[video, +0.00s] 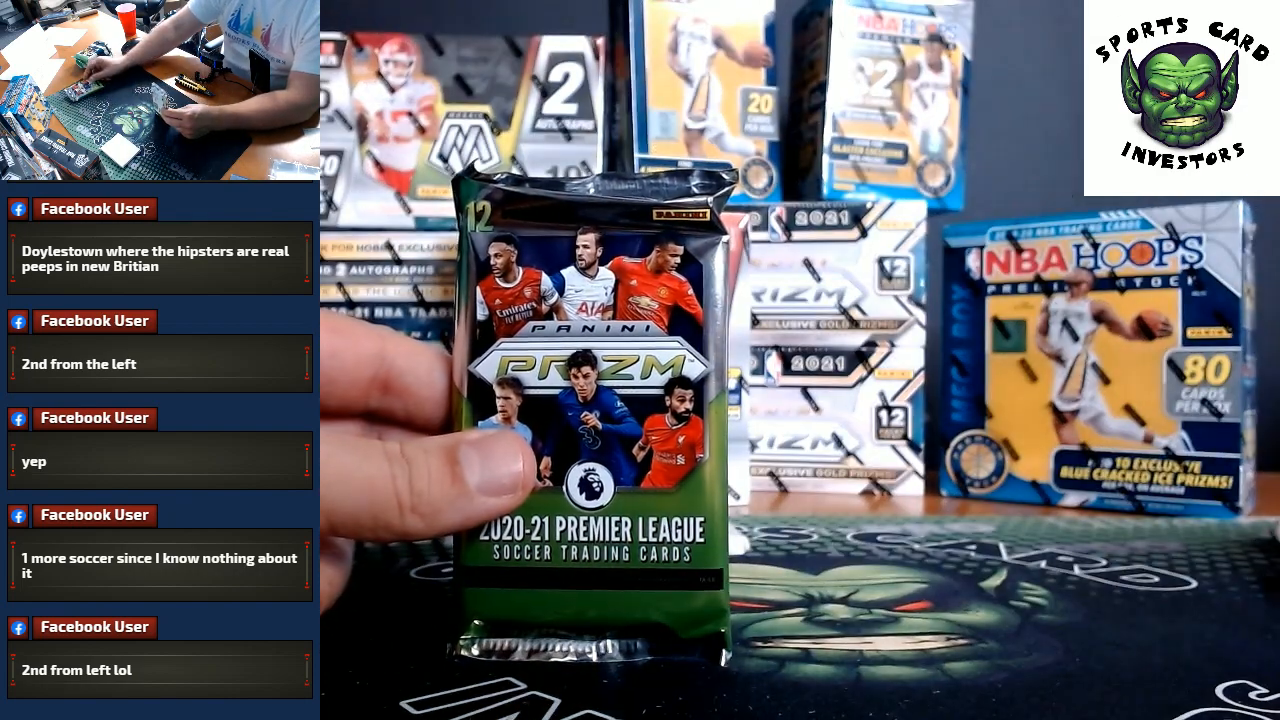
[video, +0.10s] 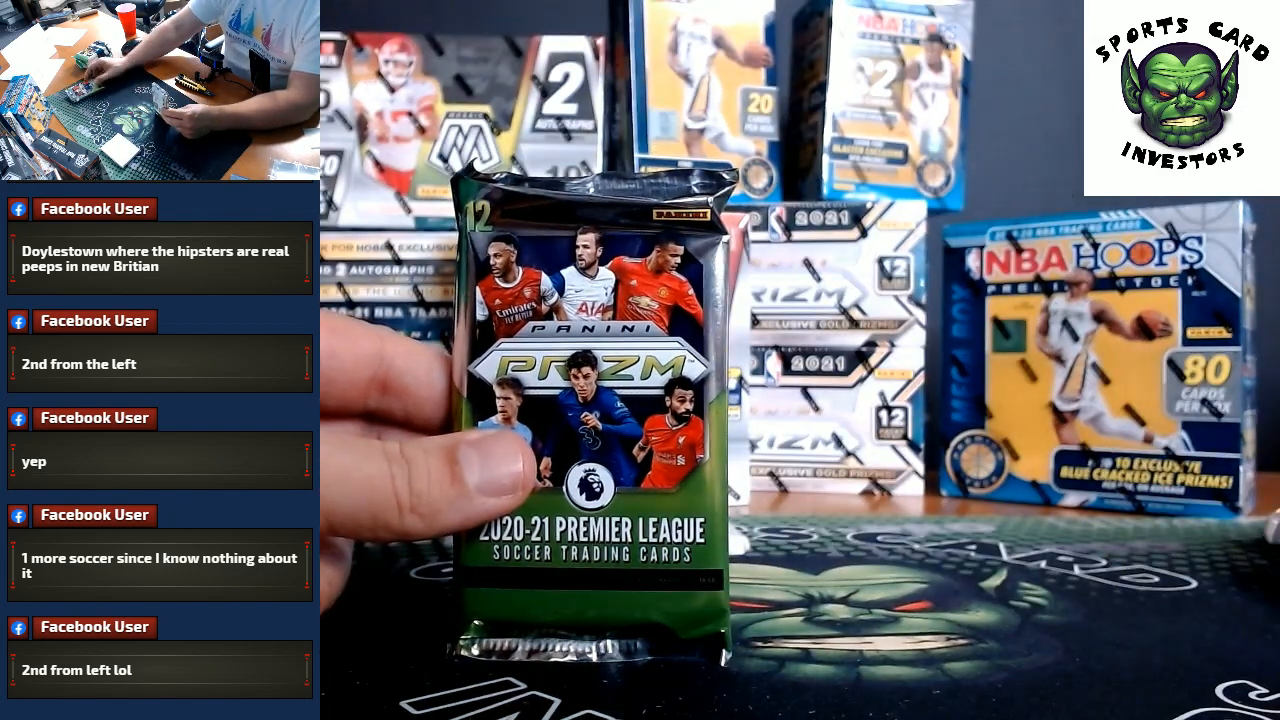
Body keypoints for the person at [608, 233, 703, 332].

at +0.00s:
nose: (678, 261)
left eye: (680, 256)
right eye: (673, 256)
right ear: (657, 252)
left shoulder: (679, 284)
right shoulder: (622, 265)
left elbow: (702, 318)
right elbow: (595, 285)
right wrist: (606, 308)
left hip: (657, 346)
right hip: (622, 343)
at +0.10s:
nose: (678, 261)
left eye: (680, 256)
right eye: (673, 256)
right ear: (657, 252)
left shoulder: (679, 284)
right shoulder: (622, 265)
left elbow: (703, 319)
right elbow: (595, 285)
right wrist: (606, 309)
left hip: (657, 346)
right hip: (622, 343)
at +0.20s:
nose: (680, 262)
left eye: (681, 257)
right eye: (675, 256)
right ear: (659, 252)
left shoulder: (680, 285)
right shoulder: (623, 266)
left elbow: (705, 319)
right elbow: (597, 285)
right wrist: (607, 309)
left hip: (658, 347)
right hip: (624, 344)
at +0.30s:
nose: (687, 263)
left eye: (689, 258)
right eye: (682, 257)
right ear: (666, 254)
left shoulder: (688, 286)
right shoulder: (631, 267)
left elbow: (712, 320)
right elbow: (603, 285)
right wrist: (615, 310)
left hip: (665, 348)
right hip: (630, 345)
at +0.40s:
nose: (690, 263)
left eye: (692, 258)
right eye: (685, 258)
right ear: (670, 254)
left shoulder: (692, 286)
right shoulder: (634, 267)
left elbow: (716, 321)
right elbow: (606, 285)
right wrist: (618, 311)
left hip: (668, 348)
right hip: (633, 345)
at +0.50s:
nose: (690, 263)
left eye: (692, 258)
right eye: (685, 258)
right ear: (669, 254)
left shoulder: (691, 287)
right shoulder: (634, 267)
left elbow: (716, 322)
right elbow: (606, 285)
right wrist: (619, 311)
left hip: (668, 348)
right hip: (633, 345)